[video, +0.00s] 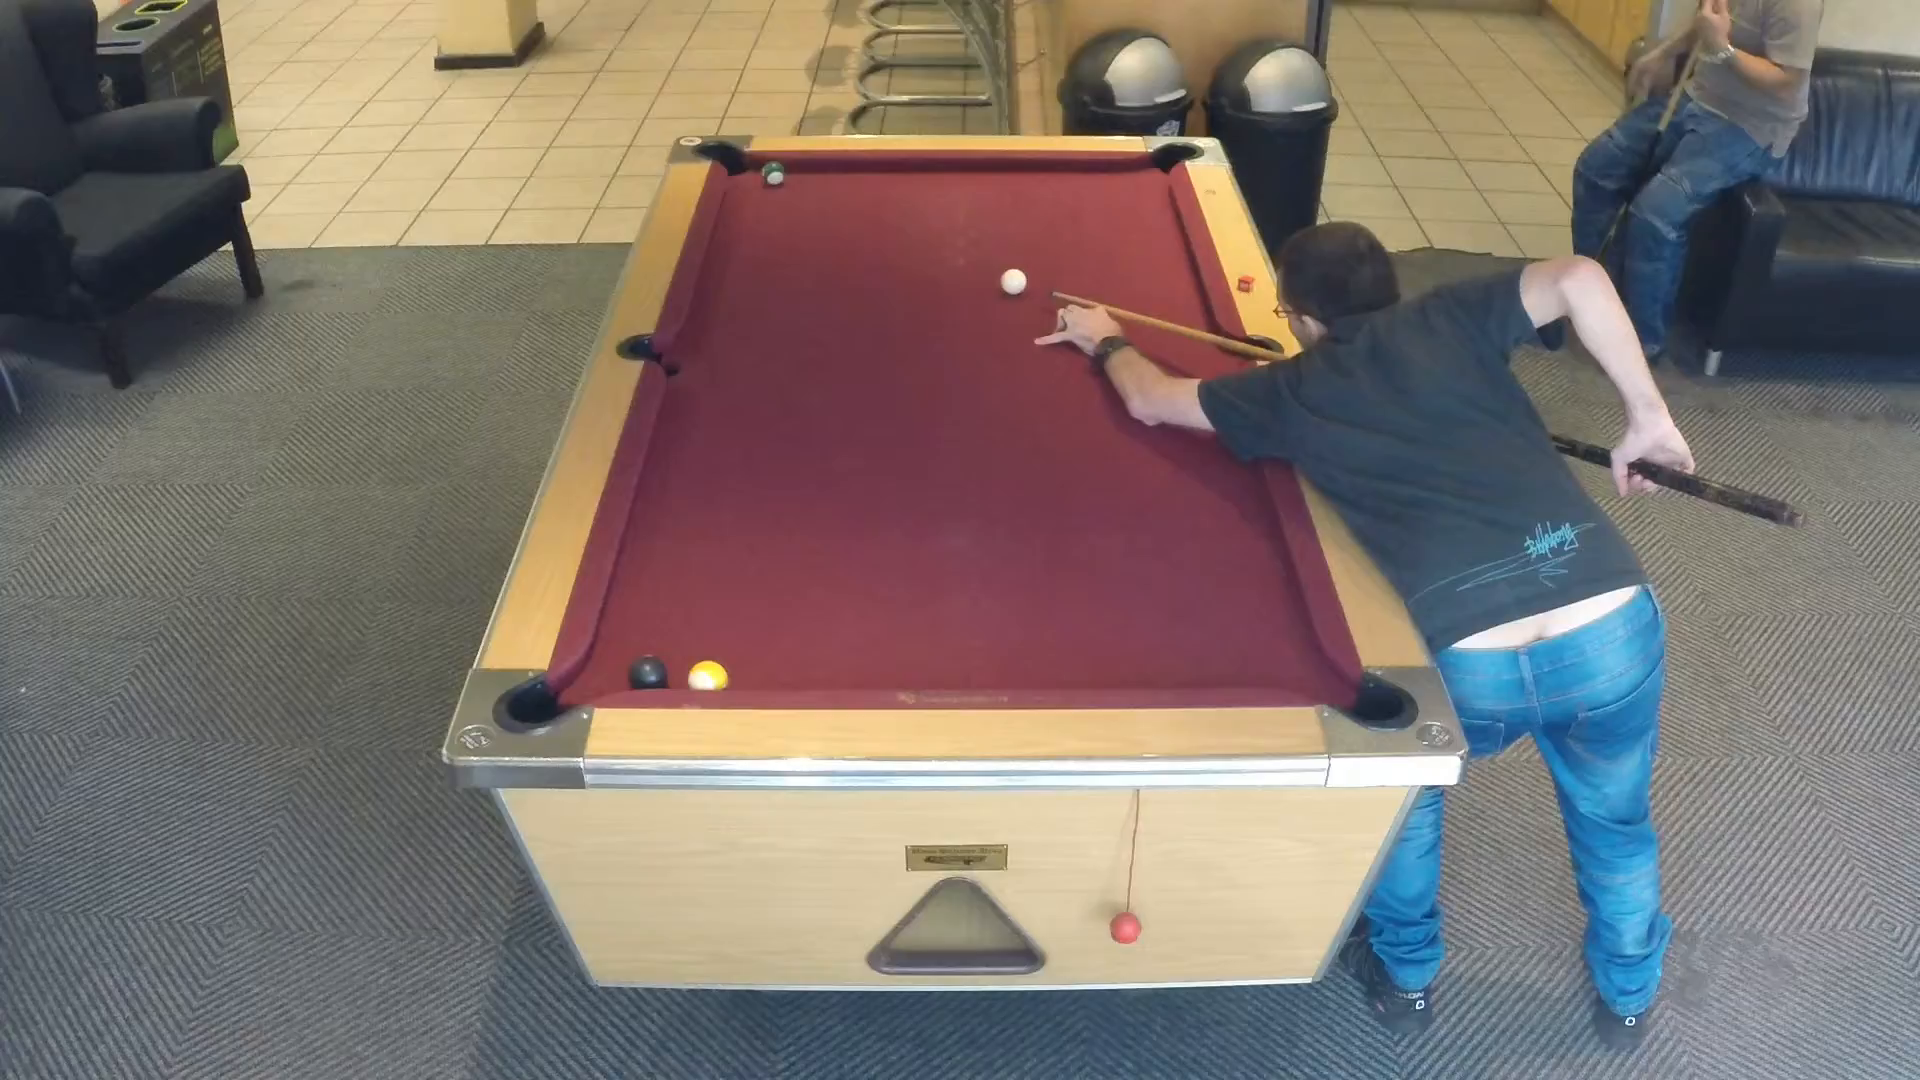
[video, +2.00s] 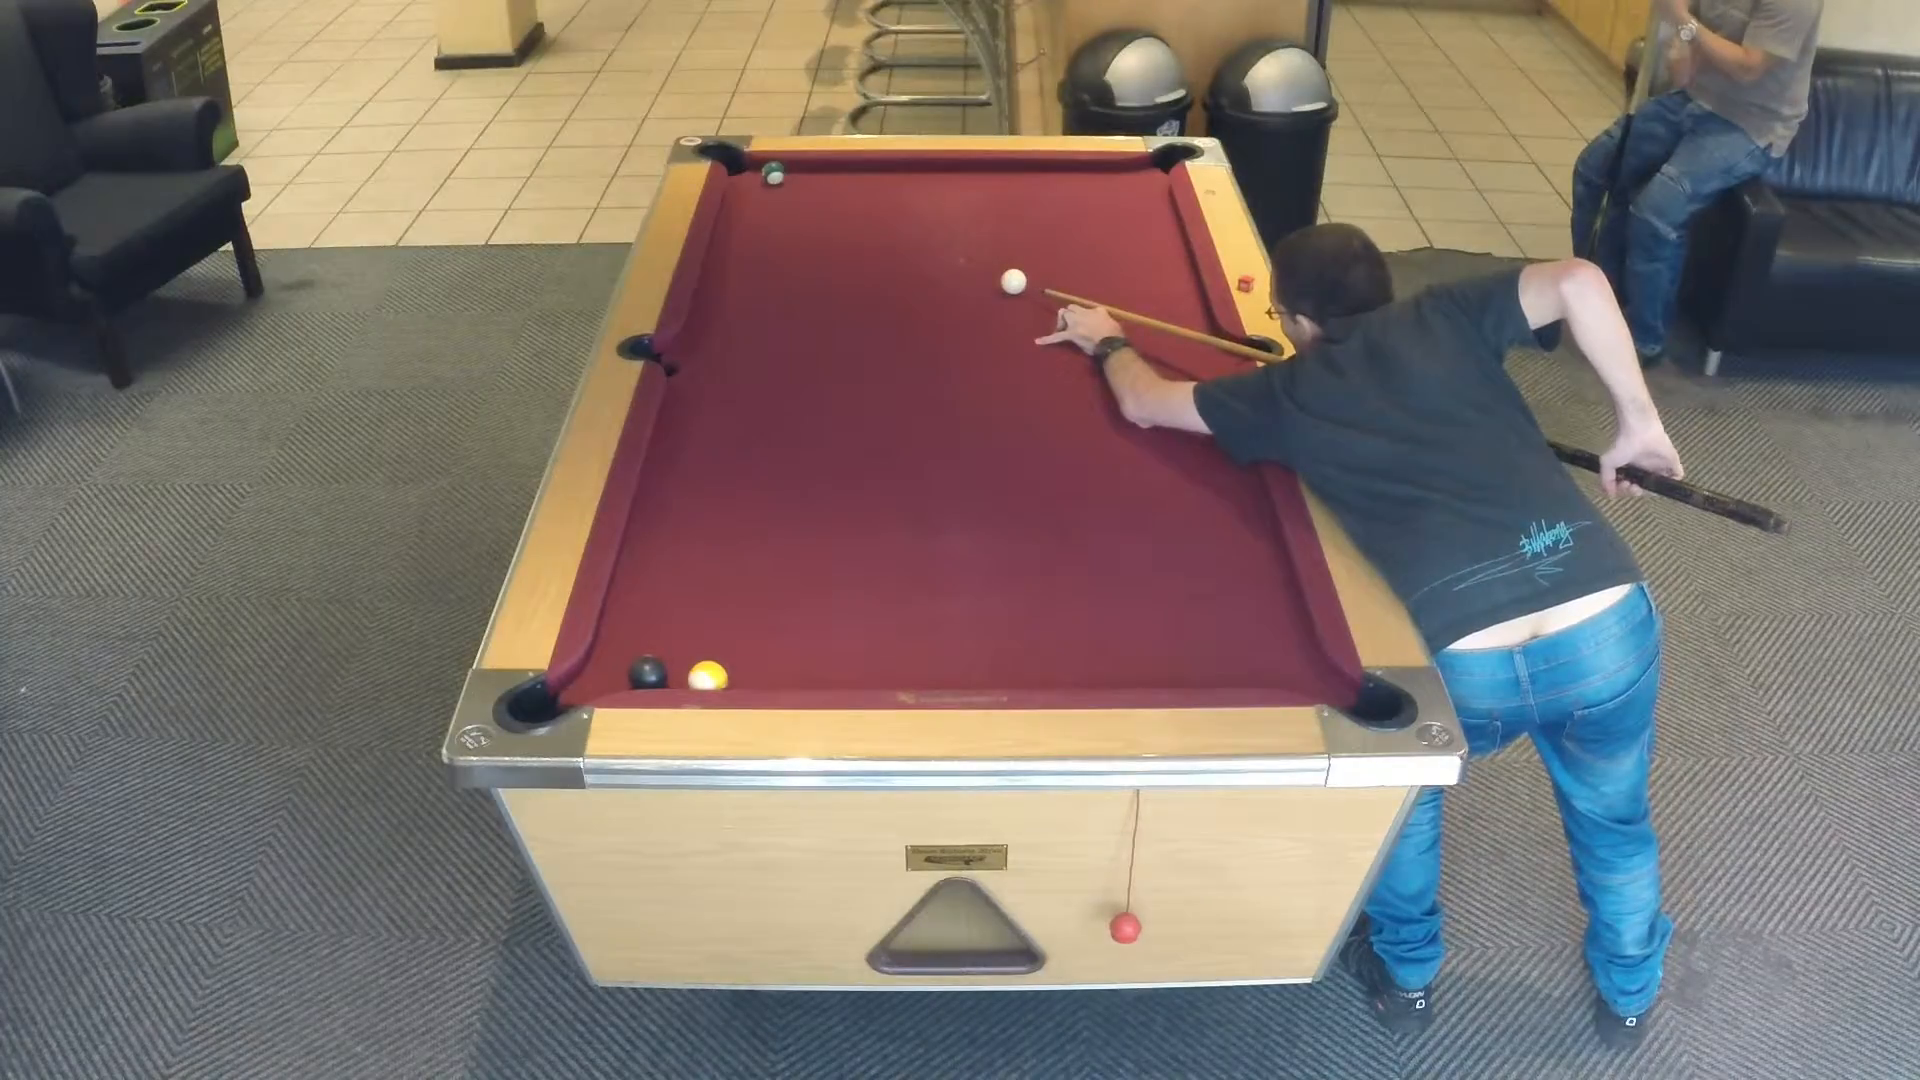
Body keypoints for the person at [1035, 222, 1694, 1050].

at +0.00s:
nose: (1286, 319)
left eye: (1288, 306)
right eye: (1286, 305)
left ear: (1307, 319)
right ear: (1391, 290)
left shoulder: (1294, 391)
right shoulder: (1458, 316)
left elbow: (1151, 396)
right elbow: (1579, 277)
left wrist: (1105, 340)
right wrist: (1650, 411)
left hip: (1469, 660)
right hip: (1611, 626)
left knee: (1404, 780)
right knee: (1618, 819)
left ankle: (1407, 972)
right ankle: (1630, 991)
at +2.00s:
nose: (1280, 323)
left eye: (1282, 310)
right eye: (1280, 309)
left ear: (1301, 323)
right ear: (1386, 294)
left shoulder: (1286, 392)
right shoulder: (1451, 317)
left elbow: (1145, 399)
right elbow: (1577, 279)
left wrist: (1106, 340)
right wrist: (1641, 415)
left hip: (1465, 663)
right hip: (1606, 627)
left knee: (1400, 771)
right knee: (1617, 821)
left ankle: (1408, 965)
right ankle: (1630, 990)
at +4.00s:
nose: (1281, 318)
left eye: (1283, 306)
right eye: (1280, 306)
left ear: (1298, 318)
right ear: (1386, 290)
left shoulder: (1289, 388)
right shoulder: (1451, 313)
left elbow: (1143, 400)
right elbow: (1586, 291)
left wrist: (1105, 341)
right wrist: (1599, 420)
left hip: (1467, 659)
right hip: (1606, 621)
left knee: (1395, 766)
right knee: (1615, 820)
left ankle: (1407, 969)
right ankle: (1630, 992)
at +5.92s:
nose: (1341, 189)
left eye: (1346, 175)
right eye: (1346, 171)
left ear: (1370, 194)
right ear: (1463, 180)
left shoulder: (1343, 300)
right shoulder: (1550, 251)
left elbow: (1277, 466)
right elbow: (1702, 385)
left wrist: (1247, 378)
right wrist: (1604, 446)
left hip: (1508, 640)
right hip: (1652, 621)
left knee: (1424, 780)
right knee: (1610, 831)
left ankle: (1404, 966)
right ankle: (1605, 1019)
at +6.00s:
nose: (1370, 167)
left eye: (1376, 154)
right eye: (1374, 150)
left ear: (1398, 176)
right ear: (1494, 163)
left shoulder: (1365, 295)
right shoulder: (1584, 245)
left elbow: (1341, 493)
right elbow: (1719, 394)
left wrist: (1374, 413)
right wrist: (1611, 453)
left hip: (1519, 637)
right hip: (1662, 621)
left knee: (1436, 792)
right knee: (1606, 841)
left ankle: (1403, 973)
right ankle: (1602, 1042)